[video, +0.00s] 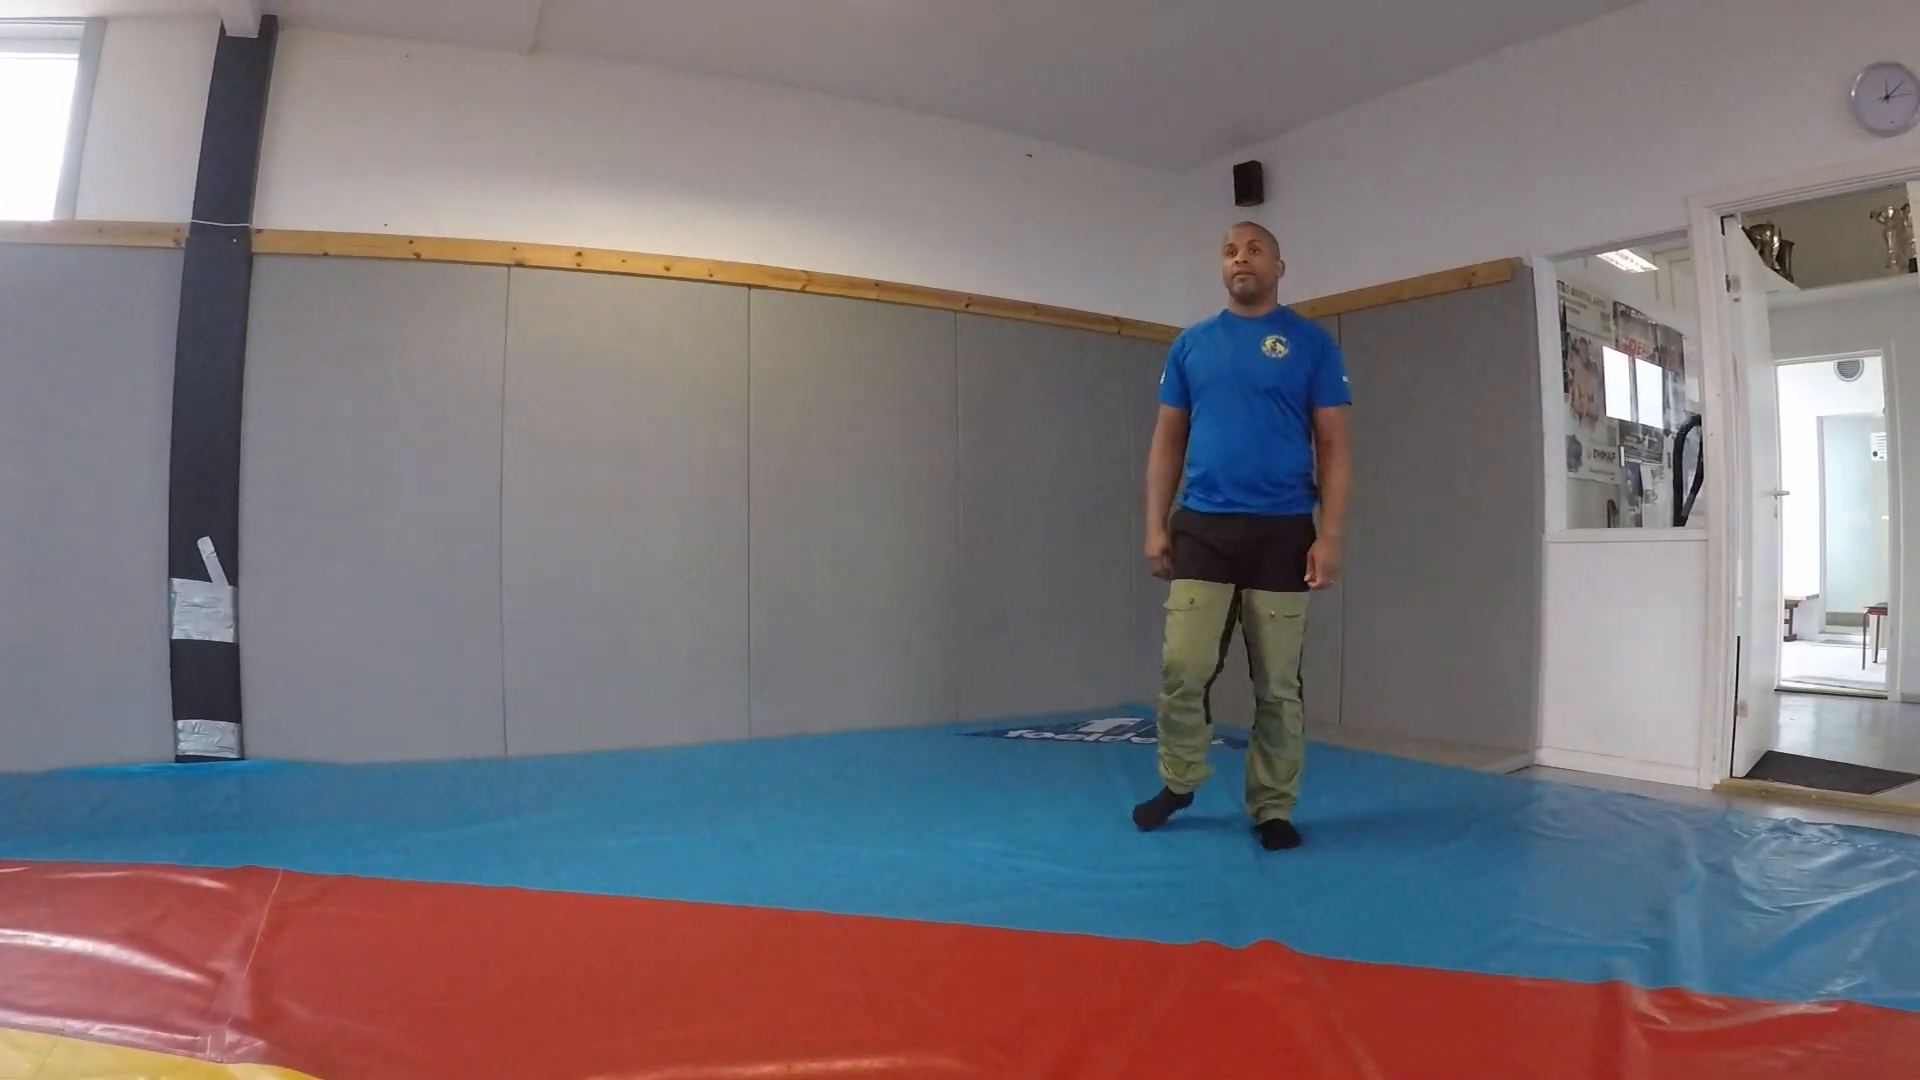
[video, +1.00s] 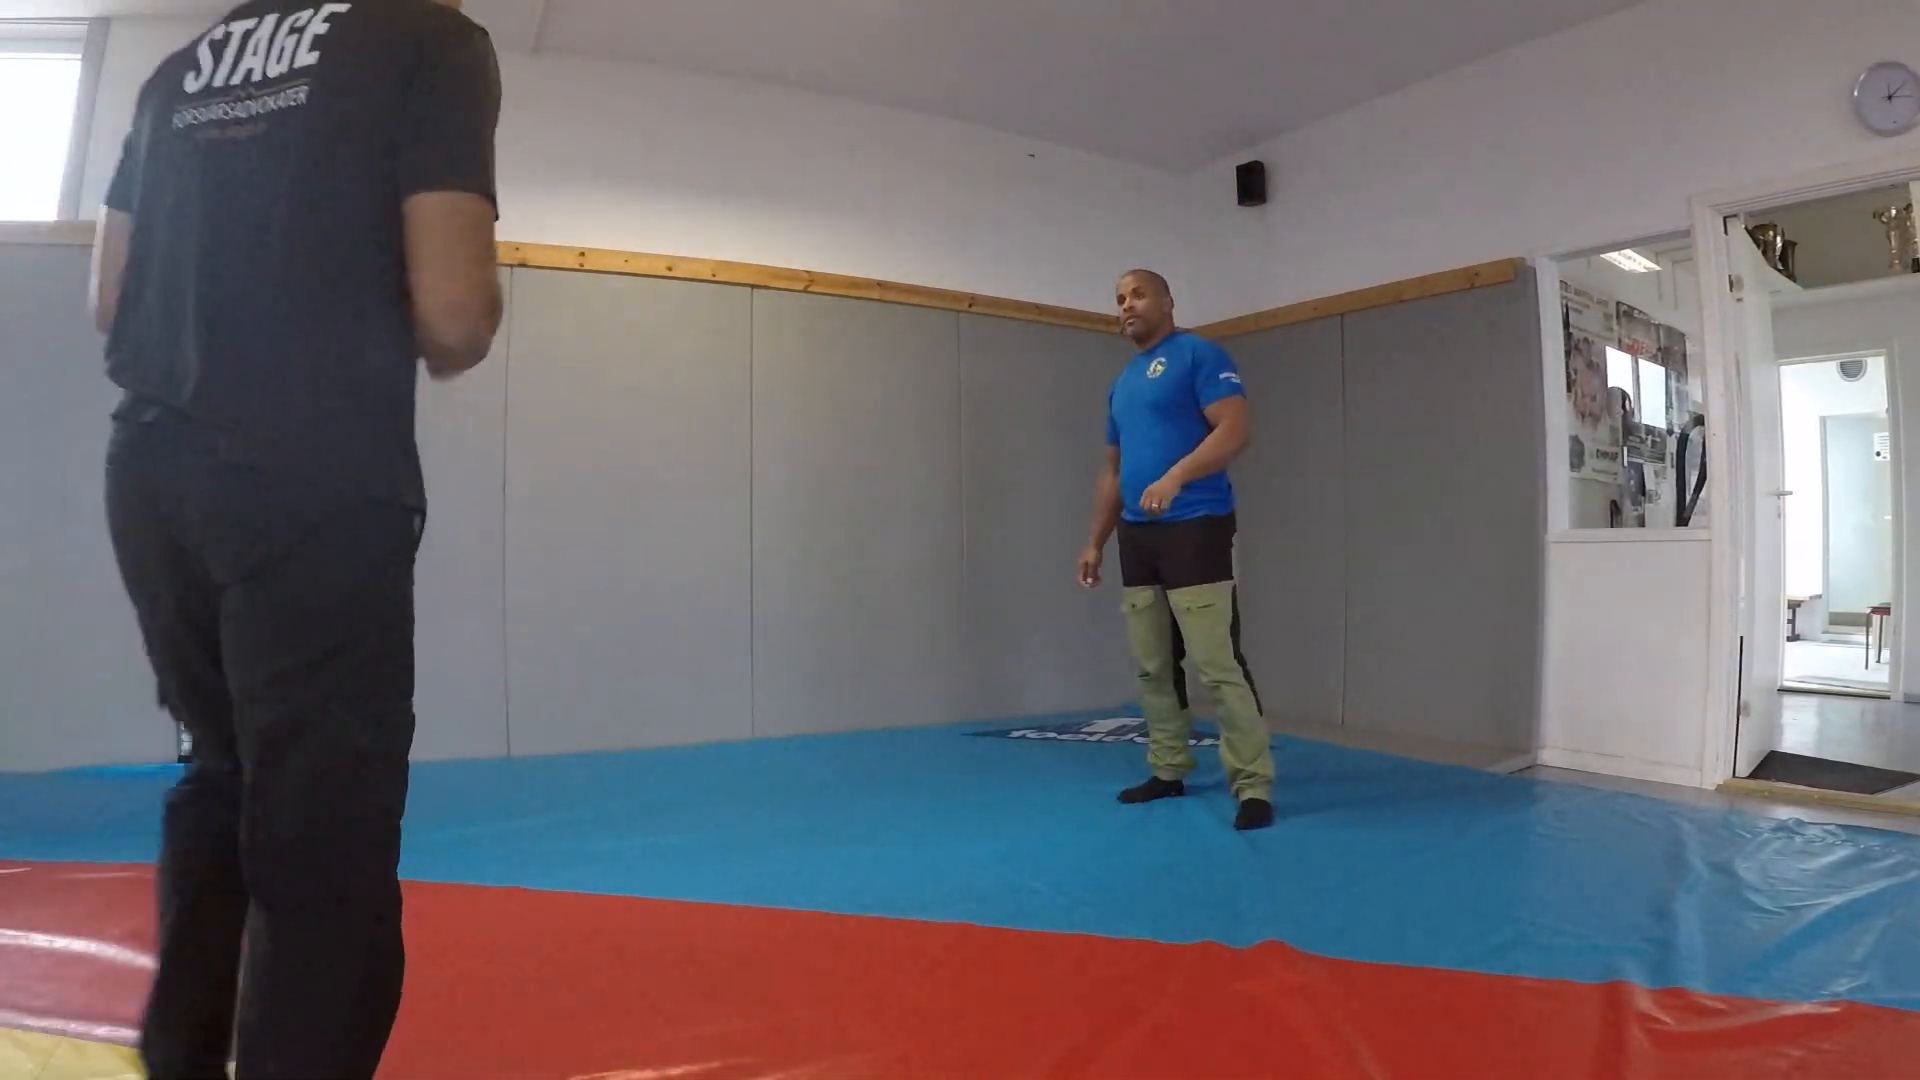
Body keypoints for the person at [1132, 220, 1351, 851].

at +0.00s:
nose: (1241, 259)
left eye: (1254, 250)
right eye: (1231, 251)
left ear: (1279, 267)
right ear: (1220, 268)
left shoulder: (1313, 344)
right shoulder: (1191, 344)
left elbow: (1333, 445)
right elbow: (1167, 439)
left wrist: (1330, 535)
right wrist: (1155, 524)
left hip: (1282, 531)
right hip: (1200, 528)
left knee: (1278, 684)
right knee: (1182, 666)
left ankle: (1273, 809)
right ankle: (1178, 784)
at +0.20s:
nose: (1216, 274)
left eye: (1229, 264)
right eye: (1207, 267)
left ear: (1257, 279)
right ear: (1199, 284)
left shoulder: (1290, 354)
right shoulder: (1171, 357)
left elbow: (1320, 448)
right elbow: (1147, 447)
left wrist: (1341, 532)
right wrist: (1133, 527)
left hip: (1264, 532)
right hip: (1188, 533)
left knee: (1267, 682)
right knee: (1169, 665)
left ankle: (1273, 808)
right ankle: (1169, 758)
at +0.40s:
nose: (1172, 287)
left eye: (1184, 277)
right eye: (1163, 281)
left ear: (1211, 293)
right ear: (1157, 299)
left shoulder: (1247, 360)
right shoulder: (1137, 374)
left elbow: (1289, 447)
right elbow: (1120, 454)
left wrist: (1320, 525)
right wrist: (1112, 520)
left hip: (1235, 534)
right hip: (1163, 536)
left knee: (1246, 676)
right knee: (1163, 669)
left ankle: (1271, 805)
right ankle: (1168, 772)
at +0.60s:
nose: (1137, 299)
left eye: (1146, 287)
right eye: (1129, 293)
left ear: (1176, 294)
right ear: (1127, 307)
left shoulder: (1220, 356)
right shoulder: (1120, 380)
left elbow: (1250, 439)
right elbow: (1106, 462)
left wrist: (1243, 515)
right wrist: (1094, 528)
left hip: (1214, 531)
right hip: (1150, 536)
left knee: (1238, 663)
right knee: (1160, 666)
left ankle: (1265, 789)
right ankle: (1167, 773)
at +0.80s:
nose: (1128, 304)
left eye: (1138, 292)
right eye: (1121, 298)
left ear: (1167, 299)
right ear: (1118, 312)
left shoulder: (1206, 354)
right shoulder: (1117, 385)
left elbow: (1240, 433)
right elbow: (1105, 470)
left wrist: (1189, 482)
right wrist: (1086, 545)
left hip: (1206, 528)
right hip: (1144, 534)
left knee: (1223, 665)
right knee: (1157, 666)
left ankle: (1252, 785)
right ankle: (1167, 773)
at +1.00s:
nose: (1126, 307)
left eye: (1136, 296)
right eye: (1120, 301)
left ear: (1167, 302)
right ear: (1120, 315)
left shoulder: (1198, 355)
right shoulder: (1121, 384)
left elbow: (1234, 430)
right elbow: (1114, 470)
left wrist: (1174, 477)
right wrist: (1095, 542)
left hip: (1196, 528)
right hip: (1138, 535)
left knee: (1214, 663)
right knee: (1154, 665)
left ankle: (1252, 786)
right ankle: (1168, 773)